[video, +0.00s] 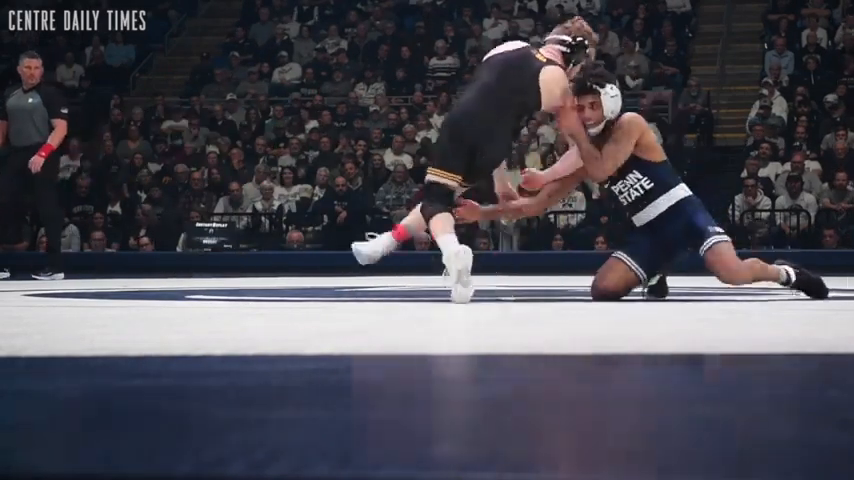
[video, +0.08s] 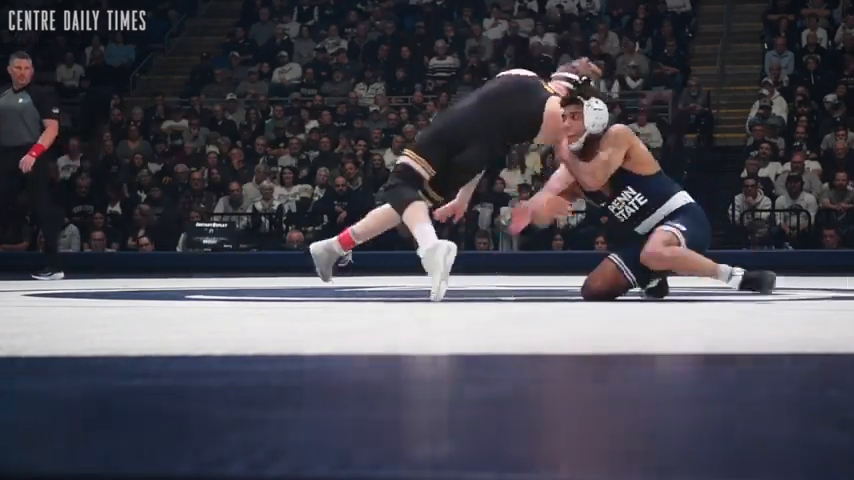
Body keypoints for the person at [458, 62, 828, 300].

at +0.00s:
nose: (584, 114)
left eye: (591, 105)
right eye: (578, 108)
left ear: (608, 102)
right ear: (573, 112)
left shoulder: (631, 123)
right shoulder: (585, 151)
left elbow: (598, 170)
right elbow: (539, 202)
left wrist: (571, 125)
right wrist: (484, 212)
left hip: (686, 218)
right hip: (648, 238)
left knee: (732, 274)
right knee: (601, 290)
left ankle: (786, 274)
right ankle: (651, 279)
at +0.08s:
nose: (566, 125)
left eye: (573, 118)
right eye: (564, 119)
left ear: (593, 117)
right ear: (563, 124)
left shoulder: (617, 135)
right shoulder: (574, 161)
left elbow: (594, 179)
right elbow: (548, 196)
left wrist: (562, 150)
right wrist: (534, 209)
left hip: (681, 219)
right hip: (640, 240)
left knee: (653, 254)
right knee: (592, 289)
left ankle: (734, 277)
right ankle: (649, 282)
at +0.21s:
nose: (555, 184)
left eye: (554, 174)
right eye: (551, 180)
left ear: (559, 158)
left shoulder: (583, 151)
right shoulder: (592, 193)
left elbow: (557, 163)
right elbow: (629, 247)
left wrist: (530, 178)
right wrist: (624, 224)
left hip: (676, 231)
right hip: (656, 238)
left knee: (615, 290)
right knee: (598, 286)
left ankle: (695, 289)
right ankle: (677, 282)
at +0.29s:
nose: (537, 169)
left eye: (536, 163)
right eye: (536, 166)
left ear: (544, 155)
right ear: (567, 150)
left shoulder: (557, 162)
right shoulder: (592, 172)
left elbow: (503, 182)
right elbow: (627, 237)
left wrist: (473, 169)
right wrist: (580, 240)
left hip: (667, 226)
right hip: (668, 228)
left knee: (606, 293)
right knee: (605, 288)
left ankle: (692, 284)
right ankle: (687, 277)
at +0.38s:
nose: (519, 166)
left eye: (520, 160)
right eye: (521, 162)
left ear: (530, 150)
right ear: (553, 145)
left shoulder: (536, 159)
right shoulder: (572, 163)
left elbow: (479, 175)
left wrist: (439, 167)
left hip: (649, 204)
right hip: (649, 205)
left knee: (619, 289)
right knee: (605, 284)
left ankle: (705, 277)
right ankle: (676, 271)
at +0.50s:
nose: (517, 151)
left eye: (518, 146)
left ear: (523, 143)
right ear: (556, 140)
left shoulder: (518, 164)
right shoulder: (579, 150)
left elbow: (467, 194)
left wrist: (433, 186)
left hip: (591, 187)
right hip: (630, 188)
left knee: (587, 281)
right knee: (610, 280)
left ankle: (658, 260)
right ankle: (663, 259)